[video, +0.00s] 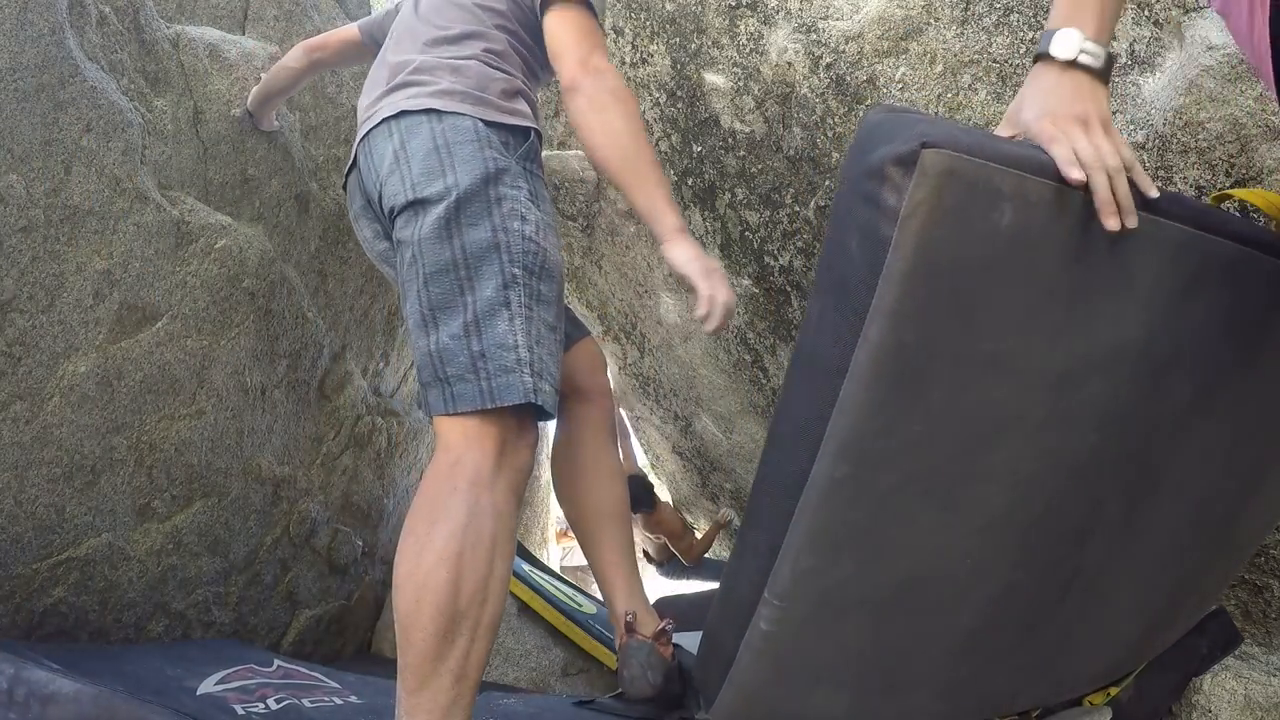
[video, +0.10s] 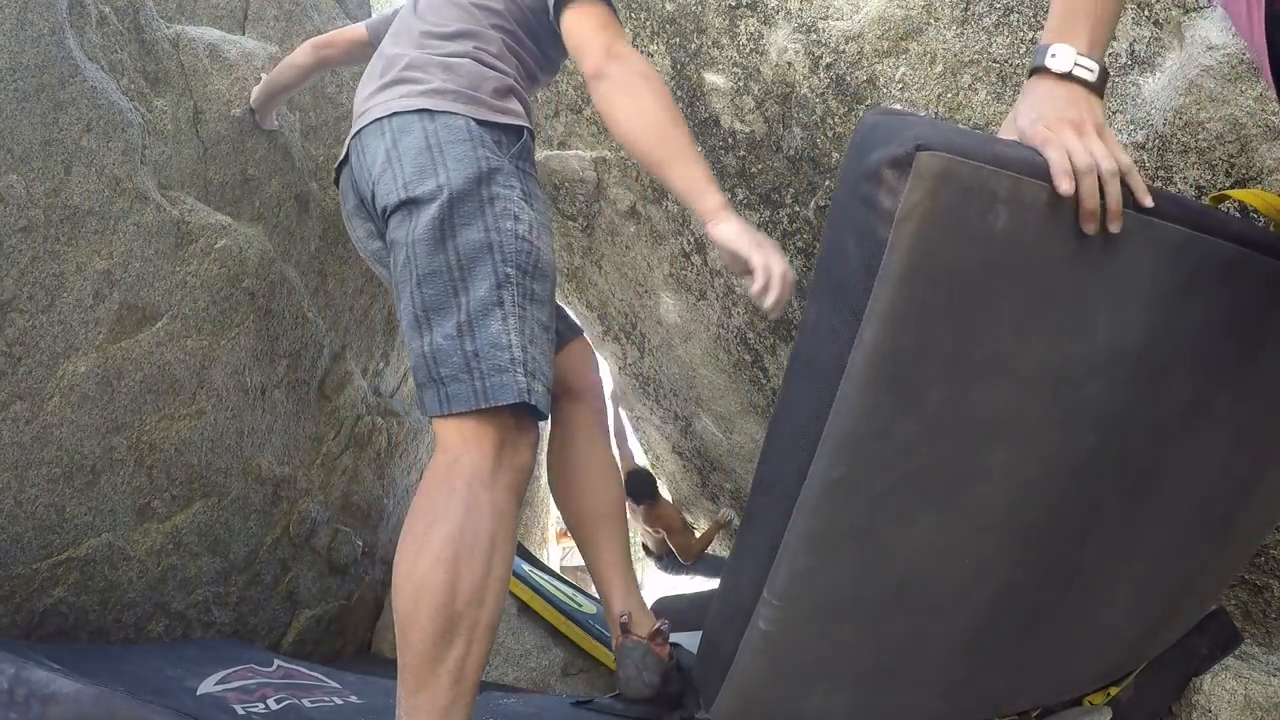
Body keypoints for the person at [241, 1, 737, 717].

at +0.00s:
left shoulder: (416, 10)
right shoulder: (547, 3)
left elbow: (309, 50)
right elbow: (586, 78)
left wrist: (260, 102)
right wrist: (675, 234)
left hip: (373, 170)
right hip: (457, 142)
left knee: (581, 373)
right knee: (484, 439)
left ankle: (638, 634)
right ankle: (429, 709)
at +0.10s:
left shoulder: (419, 10)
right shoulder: (559, 2)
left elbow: (321, 45)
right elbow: (609, 65)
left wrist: (263, 98)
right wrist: (718, 212)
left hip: (367, 161)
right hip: (451, 137)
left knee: (574, 372)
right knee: (485, 435)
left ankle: (636, 639)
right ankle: (430, 708)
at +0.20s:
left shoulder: (428, 9)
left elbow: (327, 44)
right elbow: (611, 39)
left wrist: (267, 90)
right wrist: (734, 186)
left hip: (359, 153)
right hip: (434, 137)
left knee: (550, 379)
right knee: (470, 434)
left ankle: (588, 648)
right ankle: (425, 711)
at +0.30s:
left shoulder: (420, 14)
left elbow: (332, 41)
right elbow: (599, 17)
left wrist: (267, 92)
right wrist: (722, 155)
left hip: (353, 144)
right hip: (418, 132)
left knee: (544, 377)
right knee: (453, 434)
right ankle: (422, 708)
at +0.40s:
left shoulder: (428, 16)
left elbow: (327, 39)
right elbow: (581, 8)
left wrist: (268, 93)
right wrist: (669, 114)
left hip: (360, 136)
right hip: (405, 130)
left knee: (512, 401)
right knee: (448, 426)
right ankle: (420, 710)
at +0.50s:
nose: (609, 13)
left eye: (612, 13)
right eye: (609, 6)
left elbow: (324, 26)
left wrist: (273, 92)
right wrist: (577, 82)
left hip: (362, 128)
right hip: (379, 125)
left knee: (435, 424)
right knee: (420, 428)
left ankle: (171, 558)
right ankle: (411, 708)